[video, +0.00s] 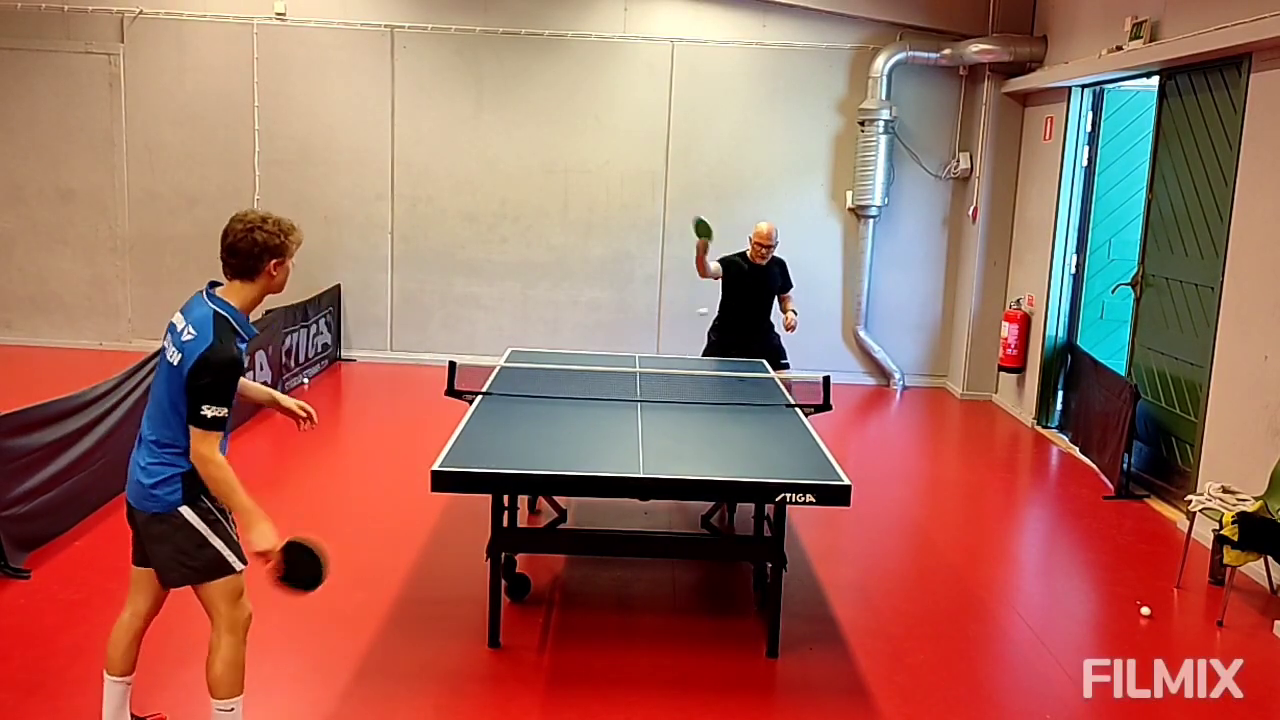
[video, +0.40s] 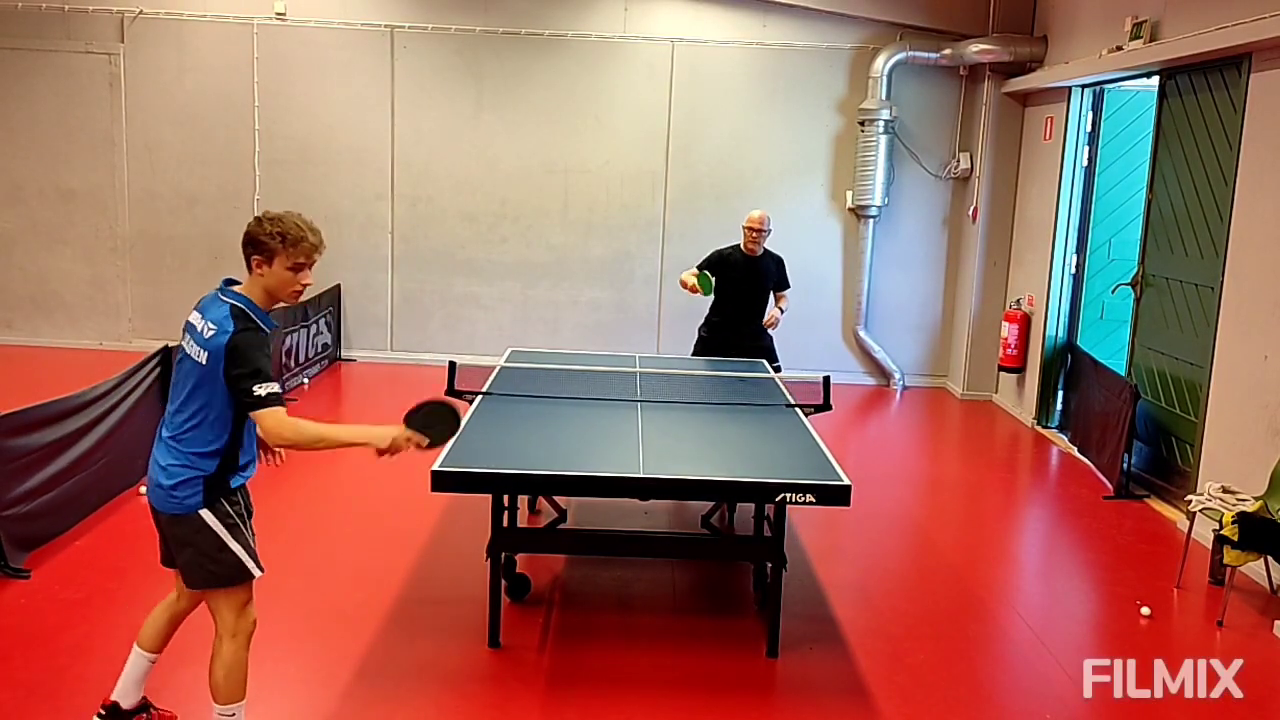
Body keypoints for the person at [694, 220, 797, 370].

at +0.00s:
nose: (763, 252)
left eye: (769, 247)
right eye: (759, 246)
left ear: (776, 246)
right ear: (750, 241)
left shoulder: (778, 266)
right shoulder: (734, 263)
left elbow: (785, 298)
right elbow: (705, 272)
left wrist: (790, 313)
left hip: (762, 337)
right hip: (726, 335)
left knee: (784, 383)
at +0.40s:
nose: (754, 235)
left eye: (759, 231)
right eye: (750, 230)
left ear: (768, 234)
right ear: (743, 229)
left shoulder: (774, 263)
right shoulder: (723, 257)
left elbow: (782, 298)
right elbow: (687, 275)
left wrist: (778, 311)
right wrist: (691, 282)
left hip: (754, 335)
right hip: (716, 333)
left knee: (773, 385)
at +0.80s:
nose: (761, 237)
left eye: (767, 233)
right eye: (757, 232)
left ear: (774, 236)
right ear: (749, 232)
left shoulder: (777, 266)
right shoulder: (728, 258)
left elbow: (777, 300)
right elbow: (701, 290)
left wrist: (781, 314)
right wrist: (722, 310)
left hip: (753, 338)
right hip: (717, 334)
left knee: (777, 383)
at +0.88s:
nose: (768, 236)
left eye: (773, 232)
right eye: (763, 230)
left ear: (781, 235)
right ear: (755, 230)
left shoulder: (784, 265)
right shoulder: (735, 257)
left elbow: (784, 298)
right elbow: (709, 289)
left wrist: (787, 314)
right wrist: (730, 308)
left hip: (763, 338)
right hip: (726, 335)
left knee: (783, 386)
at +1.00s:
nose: (782, 228)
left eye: (787, 225)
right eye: (777, 223)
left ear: (795, 228)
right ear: (769, 224)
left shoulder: (800, 258)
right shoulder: (749, 251)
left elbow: (804, 290)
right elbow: (724, 285)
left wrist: (804, 308)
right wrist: (744, 301)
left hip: (778, 334)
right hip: (741, 331)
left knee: (789, 386)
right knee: (719, 381)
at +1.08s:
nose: (786, 225)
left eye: (791, 221)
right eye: (782, 220)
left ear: (799, 224)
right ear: (774, 220)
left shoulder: (805, 255)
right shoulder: (754, 249)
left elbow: (812, 287)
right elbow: (729, 282)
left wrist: (811, 306)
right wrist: (750, 298)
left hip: (781, 331)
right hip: (746, 327)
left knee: (790, 385)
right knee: (725, 378)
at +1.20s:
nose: (790, 221)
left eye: (796, 217)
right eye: (786, 216)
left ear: (805, 220)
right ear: (780, 216)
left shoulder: (812, 252)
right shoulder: (760, 244)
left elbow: (821, 284)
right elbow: (734, 276)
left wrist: (819, 307)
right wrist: (752, 289)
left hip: (786, 326)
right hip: (752, 323)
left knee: (789, 381)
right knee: (741, 375)